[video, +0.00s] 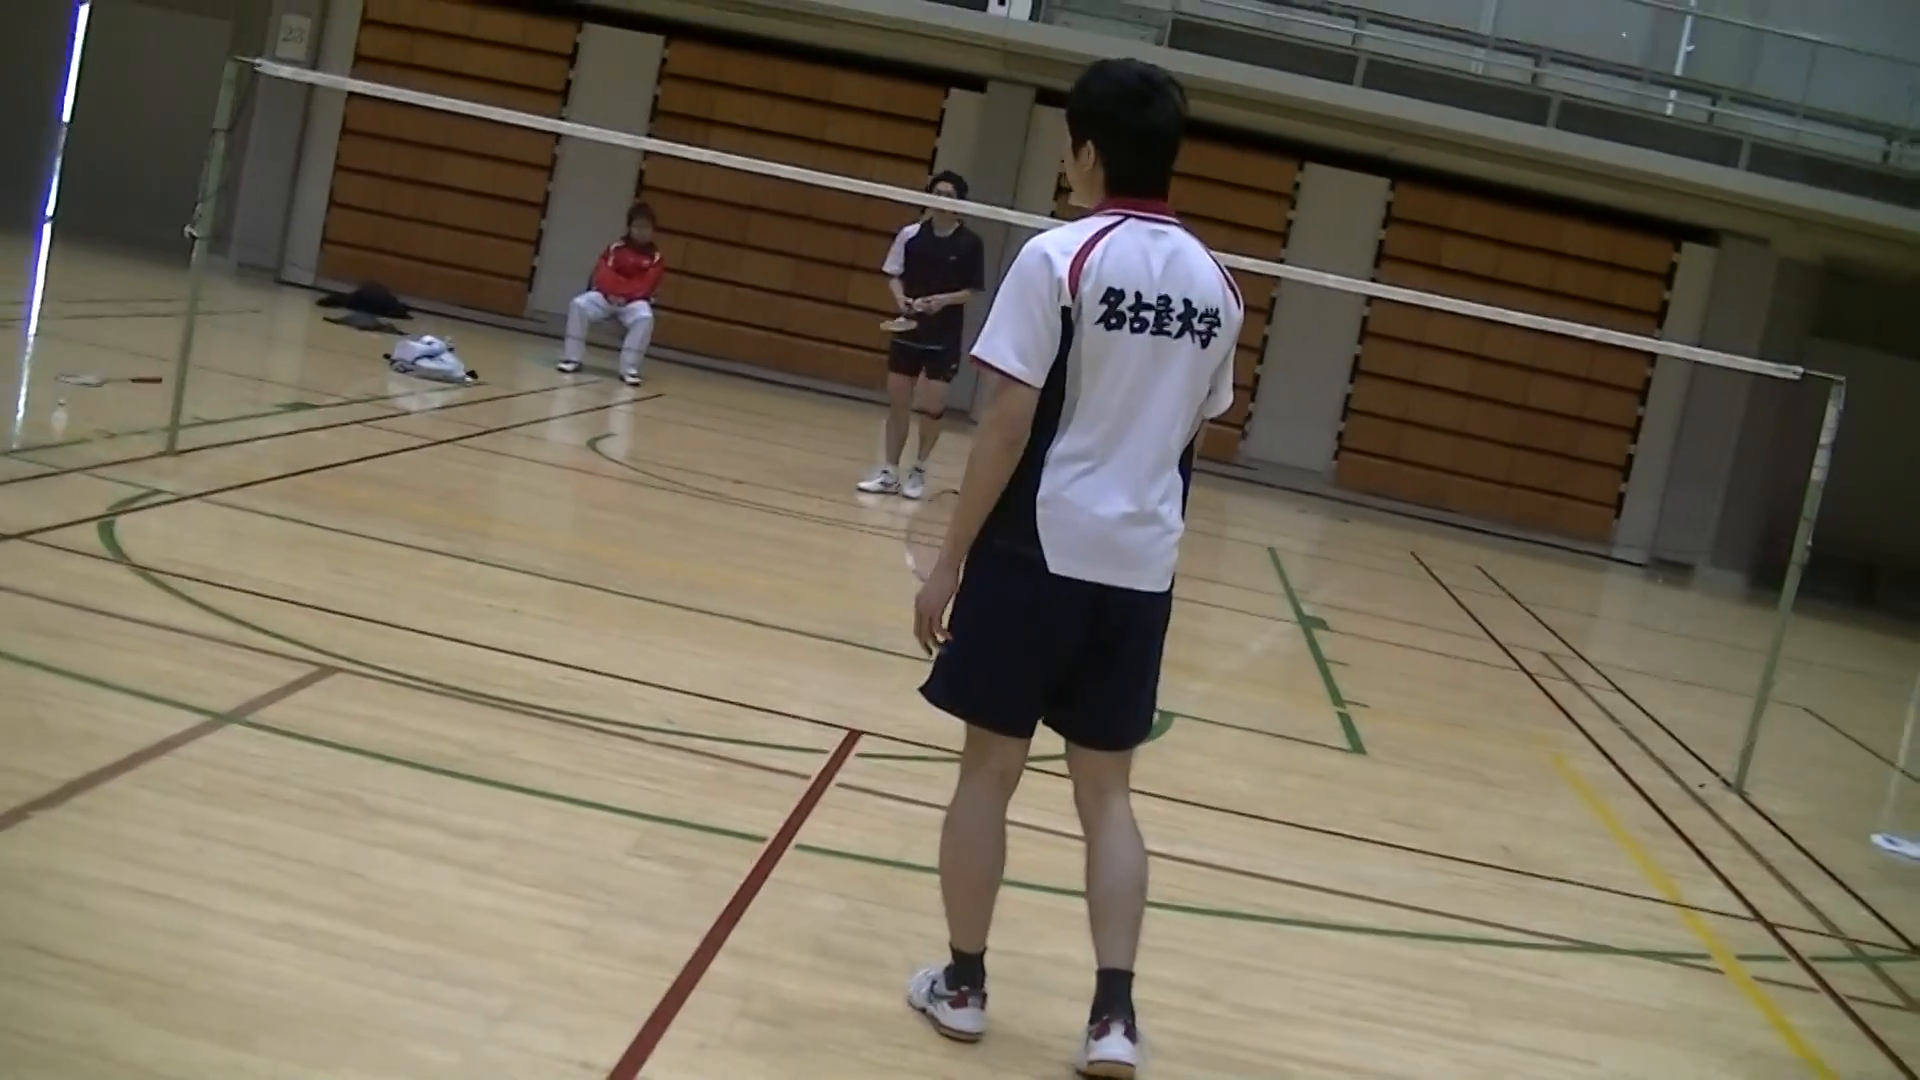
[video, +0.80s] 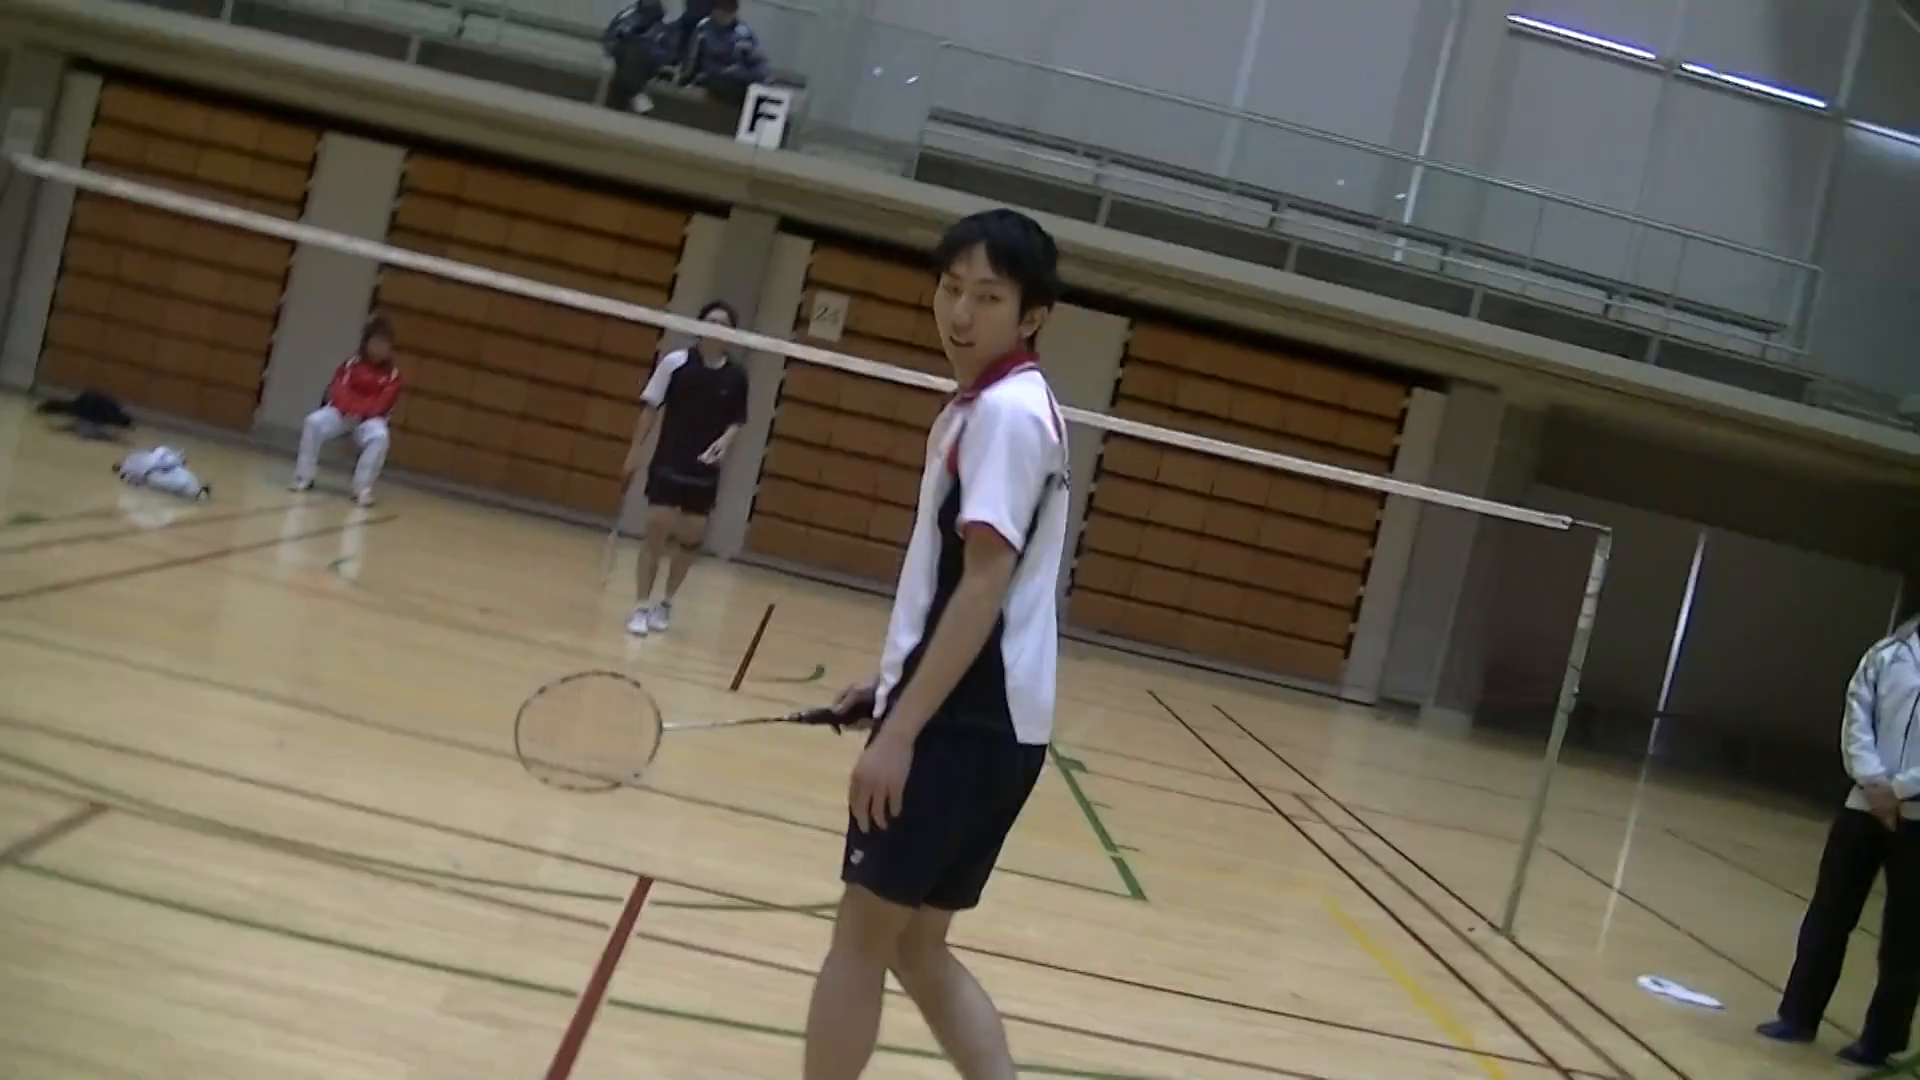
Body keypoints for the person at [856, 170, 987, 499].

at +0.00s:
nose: (941, 199)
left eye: (948, 195)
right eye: (937, 193)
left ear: (960, 203)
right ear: (928, 197)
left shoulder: (970, 242)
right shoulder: (909, 235)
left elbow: (972, 291)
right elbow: (893, 275)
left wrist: (941, 300)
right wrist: (902, 299)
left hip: (944, 336)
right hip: (907, 329)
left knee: (931, 407)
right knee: (897, 401)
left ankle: (918, 470)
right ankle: (890, 471)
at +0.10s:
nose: (924, 196)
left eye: (932, 192)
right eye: (920, 189)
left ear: (942, 201)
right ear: (911, 193)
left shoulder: (951, 241)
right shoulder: (889, 229)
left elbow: (953, 288)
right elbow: (870, 269)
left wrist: (923, 299)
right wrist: (880, 294)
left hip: (922, 325)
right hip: (886, 318)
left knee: (908, 401)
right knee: (871, 393)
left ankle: (890, 467)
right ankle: (864, 466)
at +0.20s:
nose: (898, 184)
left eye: (906, 180)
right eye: (894, 177)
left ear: (915, 188)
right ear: (884, 181)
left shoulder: (922, 230)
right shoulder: (861, 215)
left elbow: (923, 276)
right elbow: (839, 254)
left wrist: (896, 287)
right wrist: (850, 280)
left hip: (891, 313)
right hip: (853, 304)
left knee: (874, 387)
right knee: (833, 376)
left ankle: (852, 454)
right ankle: (825, 451)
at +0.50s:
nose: (875, 203)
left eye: (883, 198)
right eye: (872, 195)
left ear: (890, 207)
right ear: (861, 197)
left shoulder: (891, 250)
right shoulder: (832, 230)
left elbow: (888, 295)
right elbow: (808, 271)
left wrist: (865, 309)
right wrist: (809, 307)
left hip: (854, 330)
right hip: (818, 319)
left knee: (832, 406)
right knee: (801, 392)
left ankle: (806, 470)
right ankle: (777, 466)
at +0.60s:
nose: (830, 249)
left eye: (838, 244)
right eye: (826, 240)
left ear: (845, 253)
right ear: (815, 242)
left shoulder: (843, 296)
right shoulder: (787, 276)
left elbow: (843, 339)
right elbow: (761, 320)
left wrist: (823, 359)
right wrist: (751, 362)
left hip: (804, 379)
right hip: (770, 369)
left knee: (790, 449)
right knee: (755, 440)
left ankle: (758, 514)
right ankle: (736, 514)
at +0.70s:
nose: (768, 292)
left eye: (776, 287)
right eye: (765, 283)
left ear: (784, 296)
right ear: (753, 286)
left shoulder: (784, 339)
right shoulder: (725, 322)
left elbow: (783, 382)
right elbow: (700, 368)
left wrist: (767, 404)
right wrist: (686, 413)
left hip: (748, 429)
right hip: (712, 419)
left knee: (729, 502)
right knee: (697, 491)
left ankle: (702, 560)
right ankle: (680, 562)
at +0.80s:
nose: (717, 329)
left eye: (724, 325)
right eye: (712, 322)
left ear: (732, 334)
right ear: (700, 326)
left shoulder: (736, 375)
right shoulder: (675, 362)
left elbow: (737, 420)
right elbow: (649, 407)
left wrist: (723, 442)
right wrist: (634, 451)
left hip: (705, 467)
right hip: (669, 459)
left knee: (690, 540)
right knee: (656, 532)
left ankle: (666, 603)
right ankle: (641, 606)